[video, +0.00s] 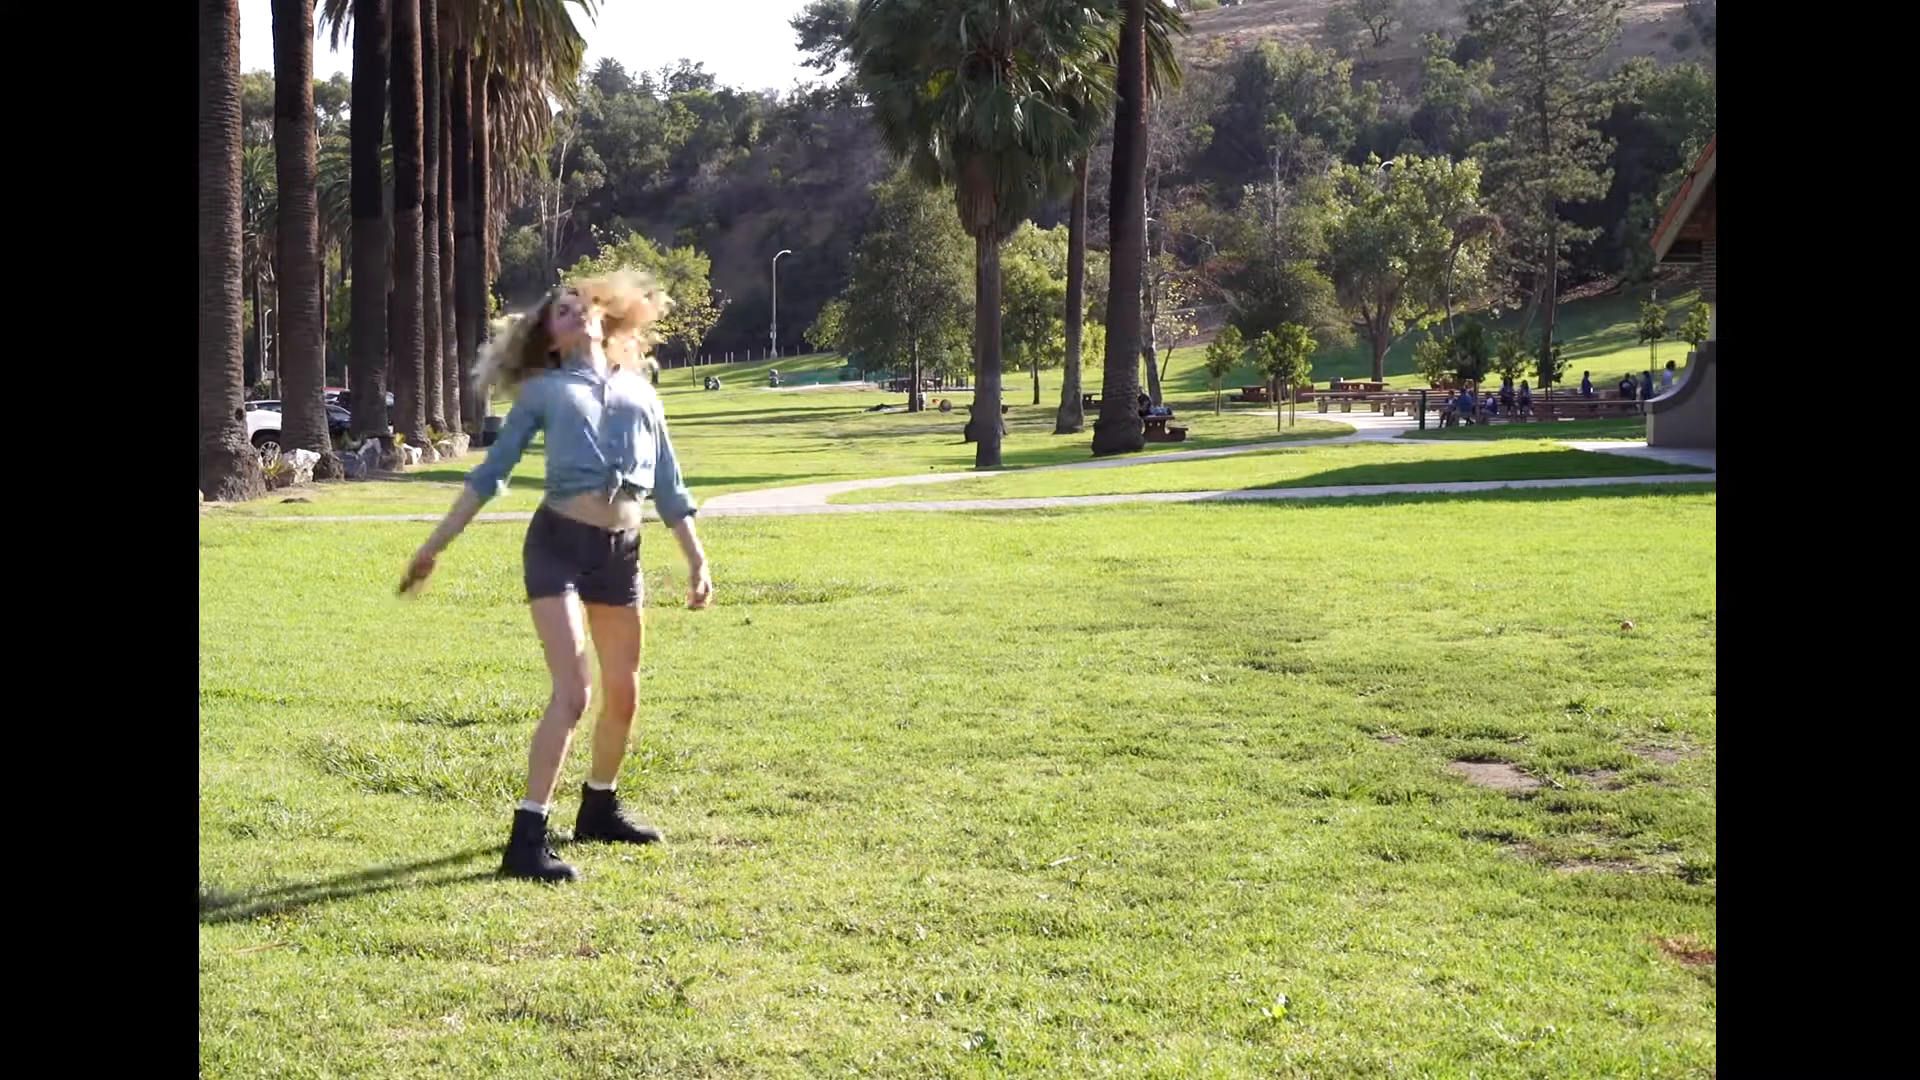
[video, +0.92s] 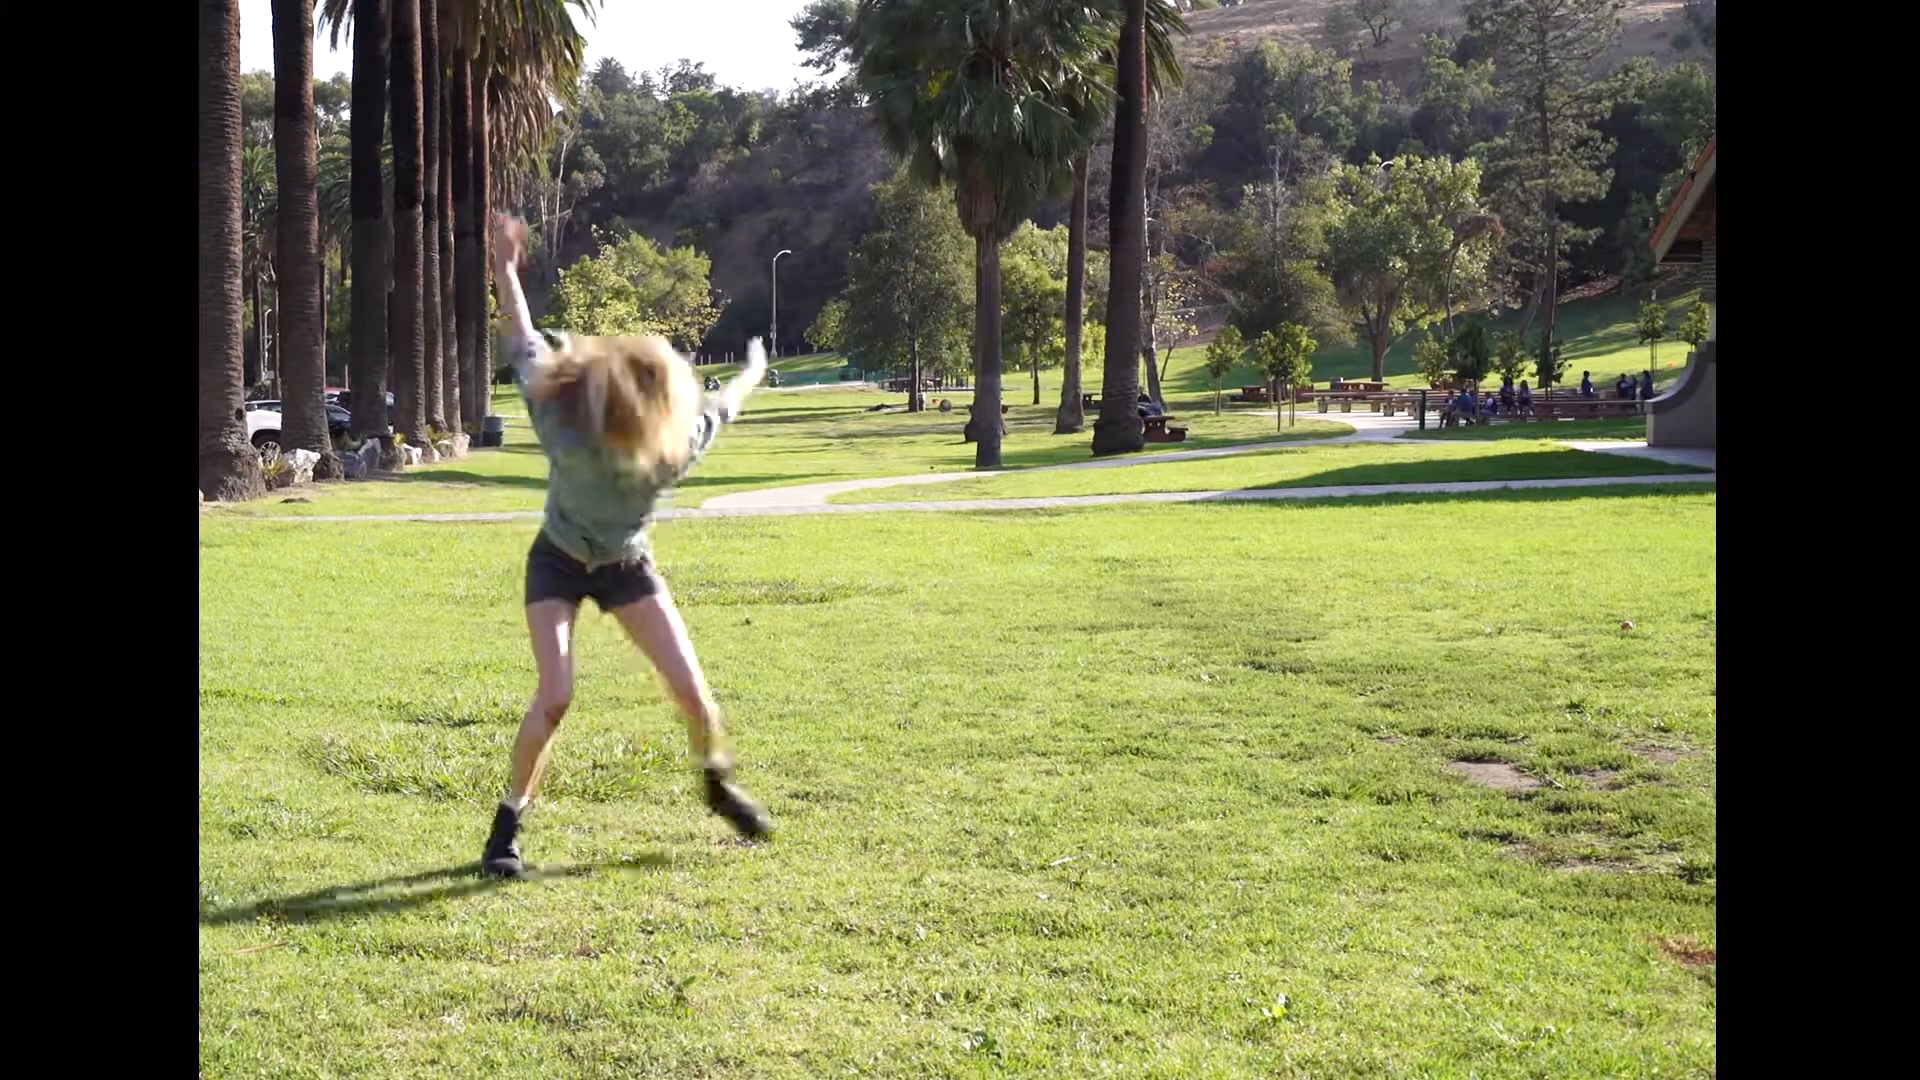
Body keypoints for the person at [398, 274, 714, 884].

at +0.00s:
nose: (572, 305)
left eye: (577, 300)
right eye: (559, 309)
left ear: (601, 317)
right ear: (551, 341)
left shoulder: (640, 388)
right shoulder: (545, 386)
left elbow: (666, 479)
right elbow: (492, 471)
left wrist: (696, 558)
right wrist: (434, 545)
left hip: (620, 551)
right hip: (557, 544)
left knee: (623, 696)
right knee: (574, 693)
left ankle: (599, 810)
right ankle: (527, 839)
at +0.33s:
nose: (623, 388)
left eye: (633, 377)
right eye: (610, 380)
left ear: (653, 390)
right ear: (594, 396)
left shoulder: (671, 450)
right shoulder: (568, 446)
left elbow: (675, 480)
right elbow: (505, 461)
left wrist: (675, 504)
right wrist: (460, 465)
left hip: (601, 565)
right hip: (535, 552)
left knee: (639, 704)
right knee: (563, 687)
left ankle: (606, 809)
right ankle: (533, 840)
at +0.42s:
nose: (635, 463)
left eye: (646, 448)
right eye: (621, 449)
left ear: (665, 456)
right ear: (600, 456)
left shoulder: (673, 500)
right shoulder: (561, 489)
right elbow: (500, 470)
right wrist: (456, 451)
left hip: (595, 569)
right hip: (531, 558)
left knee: (639, 704)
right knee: (565, 686)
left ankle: (606, 809)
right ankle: (534, 841)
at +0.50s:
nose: (641, 546)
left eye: (650, 534)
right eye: (629, 534)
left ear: (664, 528)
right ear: (603, 524)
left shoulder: (653, 548)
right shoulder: (553, 530)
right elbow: (499, 480)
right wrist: (456, 439)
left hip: (589, 582)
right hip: (524, 567)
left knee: (641, 708)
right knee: (553, 690)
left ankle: (602, 811)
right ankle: (530, 843)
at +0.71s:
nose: (628, 598)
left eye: (640, 587)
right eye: (622, 584)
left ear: (664, 552)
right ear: (599, 547)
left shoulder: (674, 523)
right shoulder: (555, 508)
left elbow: (700, 473)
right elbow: (510, 448)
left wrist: (717, 425)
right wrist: (476, 389)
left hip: (596, 567)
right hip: (536, 548)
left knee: (629, 705)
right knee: (547, 690)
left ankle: (601, 812)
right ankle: (528, 840)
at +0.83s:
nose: (622, 483)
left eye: (636, 476)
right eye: (615, 469)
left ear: (657, 458)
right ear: (598, 440)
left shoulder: (666, 449)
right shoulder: (556, 430)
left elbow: (721, 417)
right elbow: (517, 353)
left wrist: (762, 372)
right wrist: (486, 277)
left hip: (620, 550)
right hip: (550, 544)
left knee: (662, 697)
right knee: (555, 684)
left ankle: (644, 771)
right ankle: (521, 828)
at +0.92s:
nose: (624, 427)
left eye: (635, 418)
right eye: (615, 414)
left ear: (651, 412)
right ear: (598, 401)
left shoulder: (670, 450)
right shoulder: (561, 423)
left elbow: (721, 408)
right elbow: (526, 348)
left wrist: (754, 369)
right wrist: (507, 275)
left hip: (627, 564)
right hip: (558, 559)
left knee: (695, 694)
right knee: (556, 695)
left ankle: (719, 784)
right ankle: (507, 826)